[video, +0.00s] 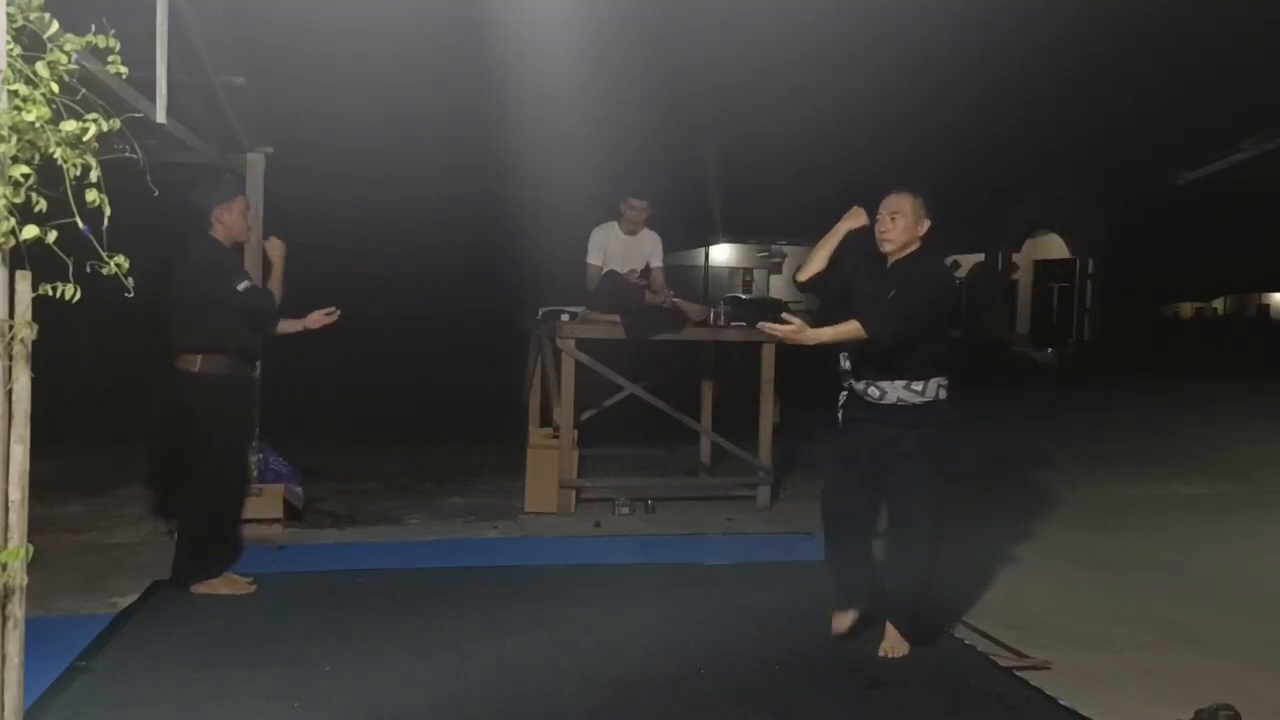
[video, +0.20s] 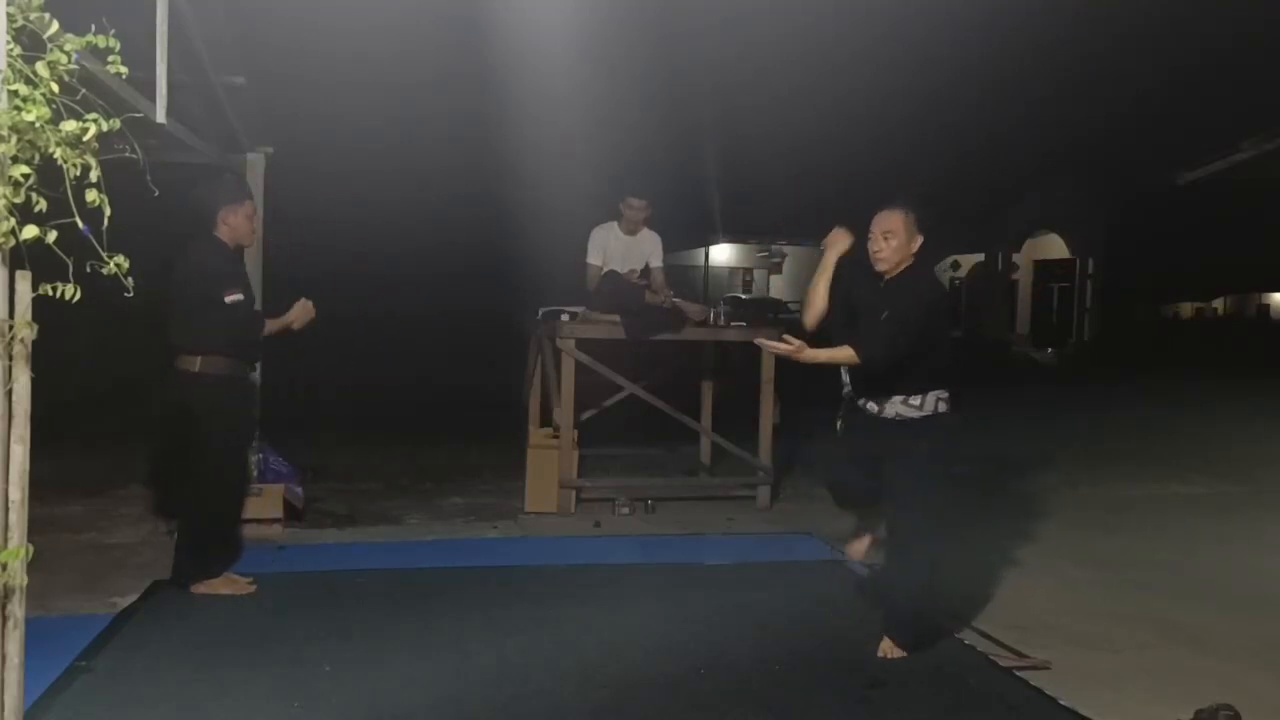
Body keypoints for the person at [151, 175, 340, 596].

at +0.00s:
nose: (251, 217)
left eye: (249, 209)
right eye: (244, 209)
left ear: (221, 215)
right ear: (221, 214)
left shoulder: (214, 257)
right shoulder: (209, 258)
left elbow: (250, 320)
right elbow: (264, 308)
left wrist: (303, 323)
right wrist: (277, 262)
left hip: (216, 377)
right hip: (209, 380)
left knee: (217, 473)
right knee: (215, 474)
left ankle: (205, 567)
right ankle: (203, 573)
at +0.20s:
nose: (255, 222)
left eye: (254, 214)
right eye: (248, 214)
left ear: (227, 219)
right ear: (225, 218)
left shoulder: (214, 257)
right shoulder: (216, 260)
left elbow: (232, 323)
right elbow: (238, 327)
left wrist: (275, 322)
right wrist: (287, 321)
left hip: (209, 379)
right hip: (212, 382)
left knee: (215, 474)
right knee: (217, 476)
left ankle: (208, 567)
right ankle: (204, 573)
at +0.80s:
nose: (281, 277)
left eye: (282, 268)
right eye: (279, 267)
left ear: (255, 260)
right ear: (257, 259)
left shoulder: (221, 286)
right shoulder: (234, 293)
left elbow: (240, 363)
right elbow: (246, 361)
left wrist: (291, 369)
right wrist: (297, 349)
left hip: (181, 401)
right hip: (196, 405)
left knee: (212, 477)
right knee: (258, 469)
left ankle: (201, 565)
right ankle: (229, 569)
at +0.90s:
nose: (281, 280)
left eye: (282, 271)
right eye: (277, 270)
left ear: (253, 268)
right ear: (253, 266)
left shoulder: (229, 297)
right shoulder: (234, 303)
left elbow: (248, 375)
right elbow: (280, 358)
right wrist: (324, 323)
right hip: (197, 411)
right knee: (254, 468)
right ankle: (213, 562)